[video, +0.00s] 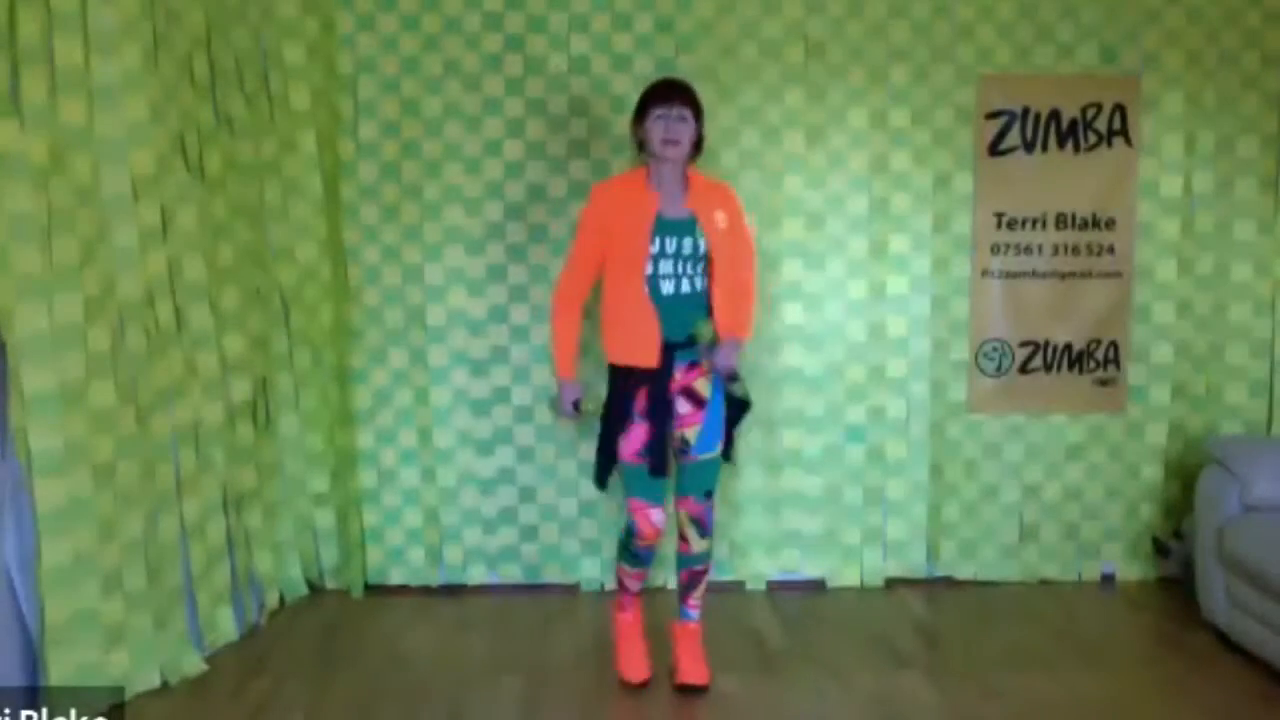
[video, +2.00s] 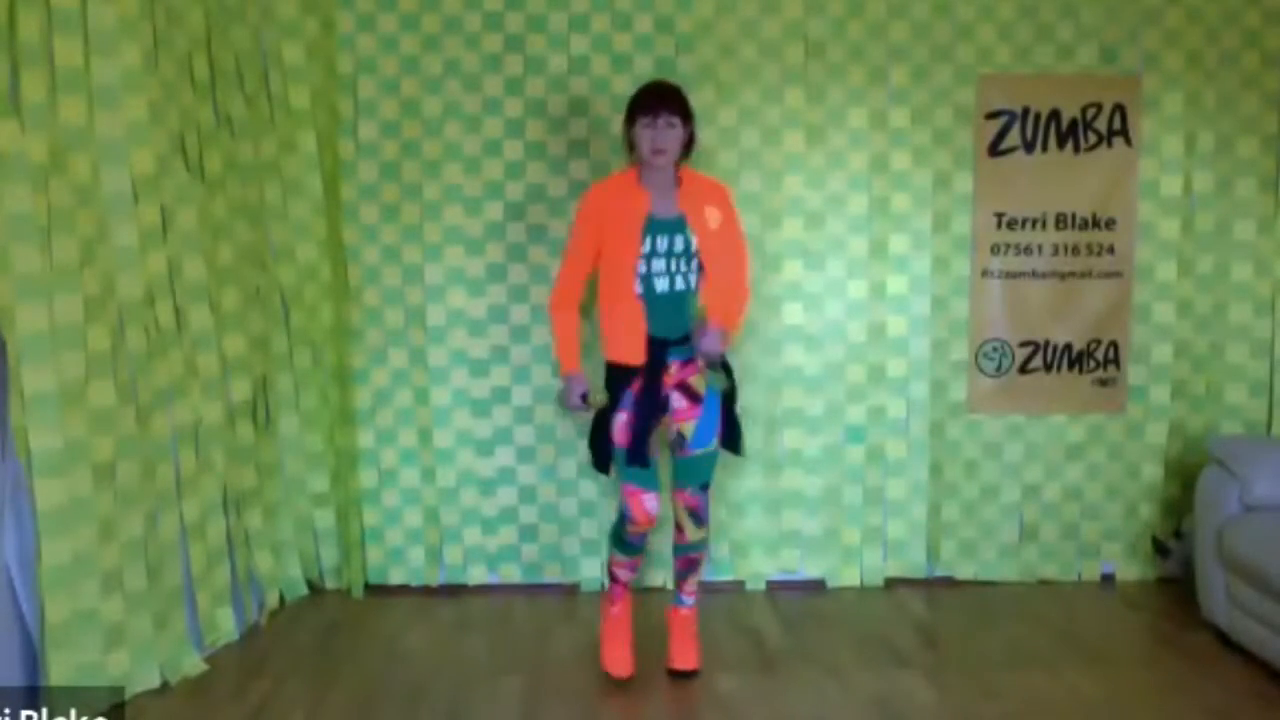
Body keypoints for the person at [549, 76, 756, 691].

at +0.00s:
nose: (670, 130)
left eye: (681, 120)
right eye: (660, 119)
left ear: (698, 133)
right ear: (640, 130)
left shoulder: (719, 200)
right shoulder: (609, 200)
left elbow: (739, 276)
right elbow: (571, 289)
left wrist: (733, 339)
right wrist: (566, 372)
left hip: (703, 369)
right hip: (635, 372)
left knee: (697, 511)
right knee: (645, 518)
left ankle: (690, 628)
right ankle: (628, 616)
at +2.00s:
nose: (659, 135)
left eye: (671, 125)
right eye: (648, 124)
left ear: (687, 136)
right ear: (630, 134)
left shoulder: (710, 197)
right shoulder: (602, 202)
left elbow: (734, 275)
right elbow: (566, 292)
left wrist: (721, 327)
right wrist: (571, 367)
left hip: (698, 365)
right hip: (631, 369)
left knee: (693, 503)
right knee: (639, 509)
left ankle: (685, 616)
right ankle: (617, 609)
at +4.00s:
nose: (630, 135)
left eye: (641, 126)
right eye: (619, 127)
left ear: (660, 138)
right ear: (604, 142)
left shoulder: (692, 186)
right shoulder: (591, 213)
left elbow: (733, 249)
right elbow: (563, 303)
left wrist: (725, 305)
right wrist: (542, 394)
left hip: (689, 364)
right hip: (622, 370)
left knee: (677, 500)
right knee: (607, 501)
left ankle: (649, 615)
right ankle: (597, 625)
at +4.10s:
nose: (622, 155)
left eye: (631, 146)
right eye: (611, 148)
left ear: (651, 158)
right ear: (594, 166)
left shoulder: (688, 210)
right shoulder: (589, 243)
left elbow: (714, 279)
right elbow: (569, 335)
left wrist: (730, 344)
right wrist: (552, 427)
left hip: (698, 374)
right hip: (630, 384)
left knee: (731, 512)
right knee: (609, 519)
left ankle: (689, 604)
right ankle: (598, 632)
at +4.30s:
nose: (678, 192)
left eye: (689, 182)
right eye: (667, 182)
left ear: (705, 191)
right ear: (648, 190)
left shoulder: (729, 253)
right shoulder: (620, 258)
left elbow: (783, 323)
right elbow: (579, 333)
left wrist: (826, 395)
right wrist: (575, 408)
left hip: (719, 411)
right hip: (645, 416)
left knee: (808, 511)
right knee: (590, 527)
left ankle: (851, 624)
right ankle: (595, 635)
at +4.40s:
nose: (720, 206)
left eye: (732, 195)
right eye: (710, 194)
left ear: (746, 205)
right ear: (691, 200)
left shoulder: (765, 271)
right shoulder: (655, 258)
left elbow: (819, 341)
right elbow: (603, 310)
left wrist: (874, 410)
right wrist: (597, 380)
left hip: (739, 428)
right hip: (664, 428)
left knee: (838, 526)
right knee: (597, 525)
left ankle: (874, 631)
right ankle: (596, 635)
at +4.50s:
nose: (786, 228)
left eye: (799, 218)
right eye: (778, 215)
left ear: (816, 230)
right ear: (761, 220)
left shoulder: (824, 303)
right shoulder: (722, 266)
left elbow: (884, 370)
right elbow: (655, 288)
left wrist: (947, 438)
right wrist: (648, 347)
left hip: (774, 445)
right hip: (698, 438)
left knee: (877, 525)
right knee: (617, 535)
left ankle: (881, 631)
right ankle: (600, 634)